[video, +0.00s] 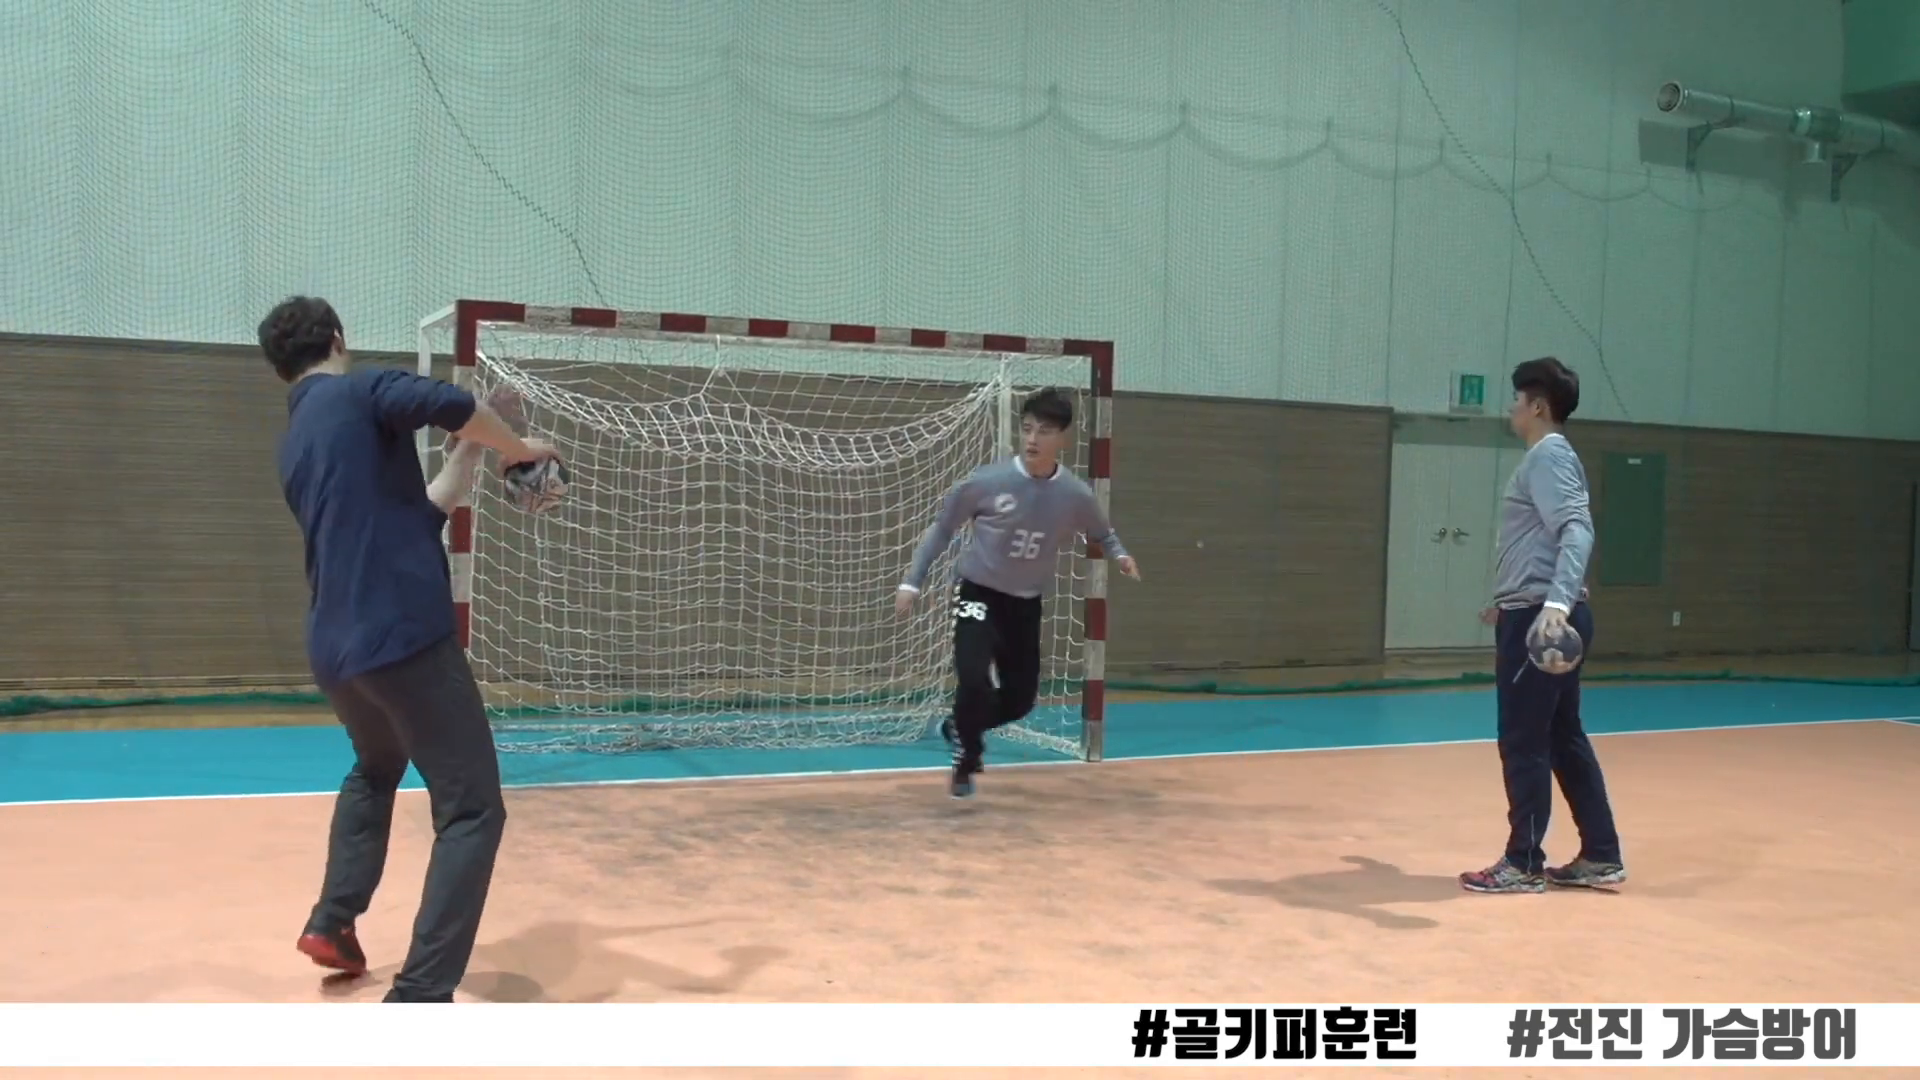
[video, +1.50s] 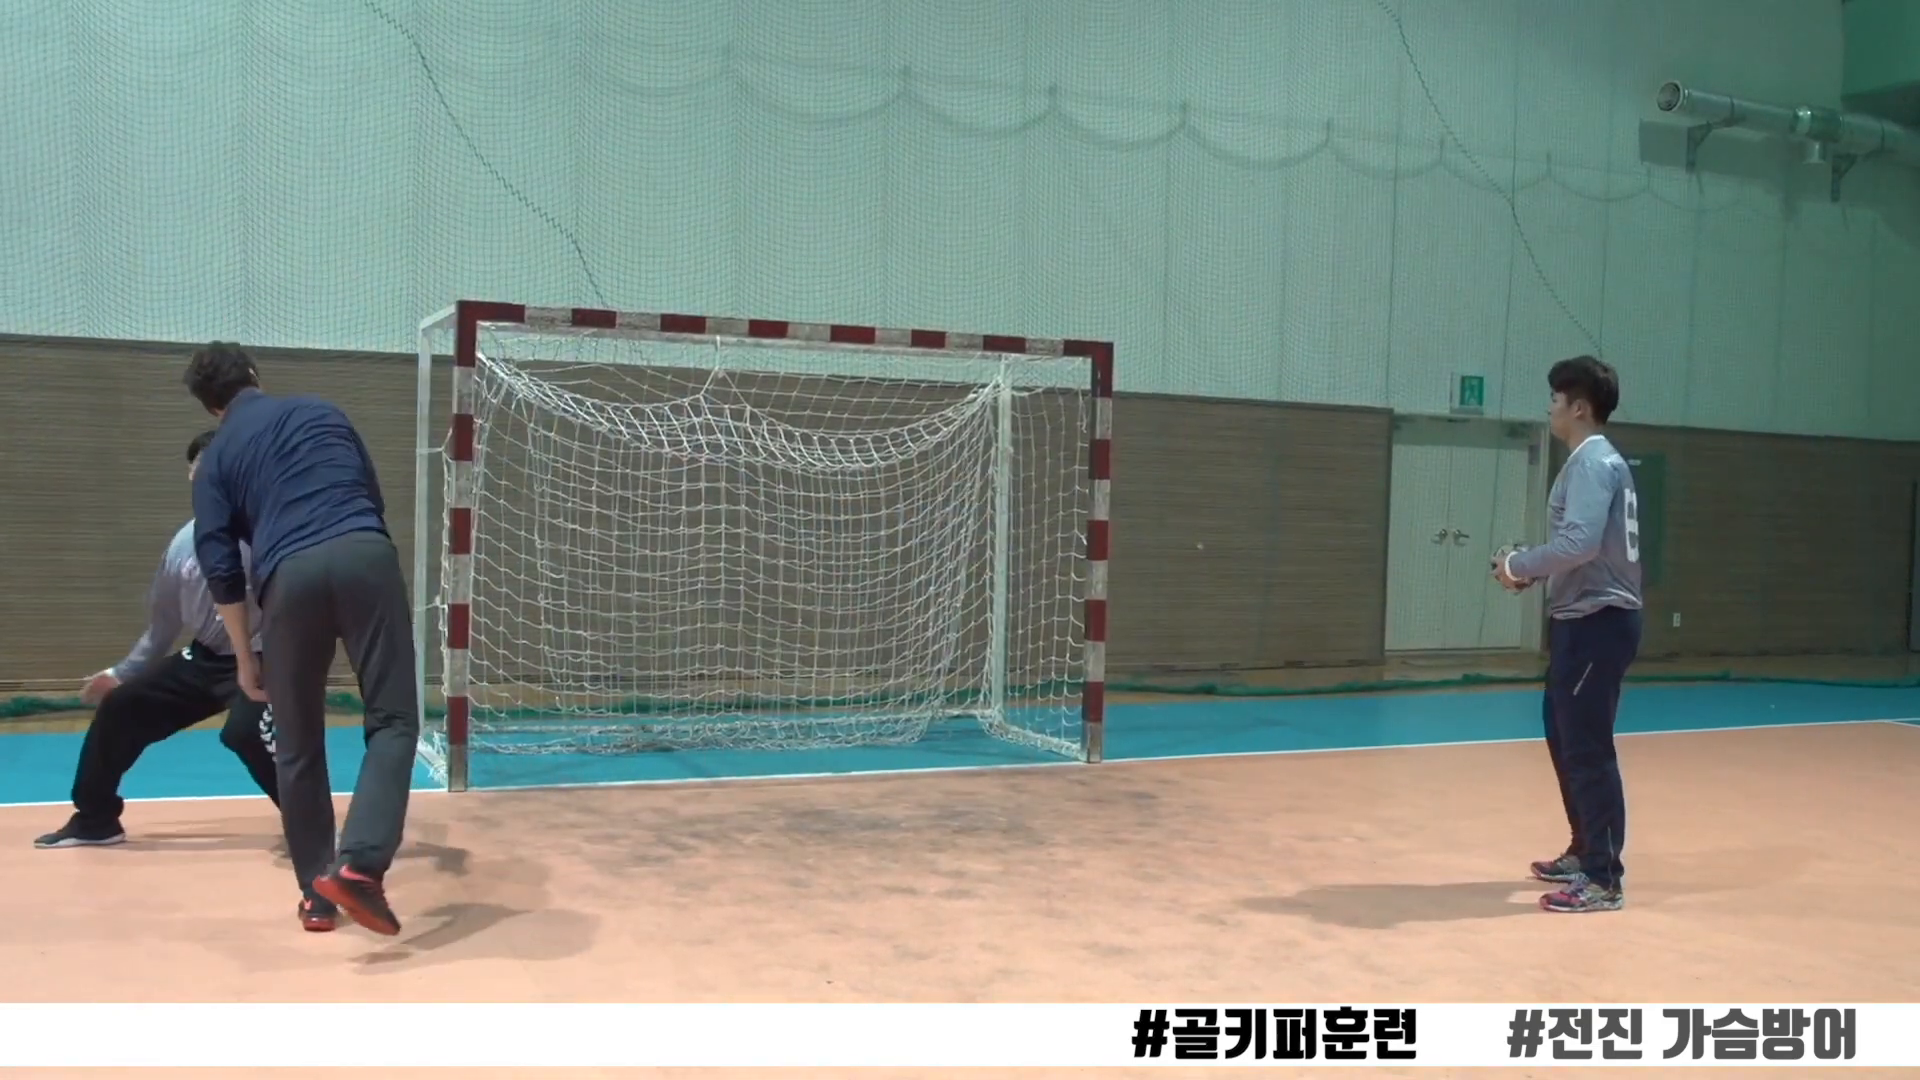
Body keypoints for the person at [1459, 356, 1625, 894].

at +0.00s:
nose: (1512, 407)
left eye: (1519, 399)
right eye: (1516, 398)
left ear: (1538, 403)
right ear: (1548, 405)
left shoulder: (1550, 453)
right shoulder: (1543, 455)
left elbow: (1577, 531)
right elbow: (1541, 544)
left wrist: (1557, 605)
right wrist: (1507, 602)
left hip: (1535, 616)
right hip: (1545, 615)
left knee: (1521, 741)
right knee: (1564, 738)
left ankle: (1523, 861)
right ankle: (1602, 857)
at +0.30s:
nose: (1547, 411)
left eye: (1553, 403)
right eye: (1551, 402)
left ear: (1575, 408)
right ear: (1587, 412)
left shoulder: (1580, 461)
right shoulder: (1605, 464)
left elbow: (1584, 542)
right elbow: (1587, 561)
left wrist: (1549, 620)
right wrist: (1524, 600)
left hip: (1586, 621)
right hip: (1614, 621)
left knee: (1528, 730)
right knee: (1599, 741)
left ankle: (1525, 861)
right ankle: (1607, 864)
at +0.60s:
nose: (1565, 410)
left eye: (1573, 400)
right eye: (1568, 400)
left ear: (1597, 407)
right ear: (1606, 410)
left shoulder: (1597, 461)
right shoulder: (1626, 464)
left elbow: (1576, 540)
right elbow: (1611, 552)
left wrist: (1504, 581)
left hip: (1594, 622)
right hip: (1623, 621)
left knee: (1554, 735)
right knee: (1605, 741)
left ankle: (1589, 868)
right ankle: (1609, 867)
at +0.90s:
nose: (1565, 404)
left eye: (1573, 395)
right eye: (1569, 394)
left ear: (1596, 403)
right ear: (1601, 405)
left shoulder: (1601, 458)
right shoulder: (1616, 460)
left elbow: (1600, 544)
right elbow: (1626, 556)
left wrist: (1542, 600)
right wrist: (1634, 632)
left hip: (1599, 620)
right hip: (1610, 620)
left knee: (1583, 745)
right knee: (1601, 744)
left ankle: (1602, 876)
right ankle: (1604, 863)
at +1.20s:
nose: (1556, 403)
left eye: (1563, 394)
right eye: (1559, 394)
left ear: (1588, 402)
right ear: (1590, 403)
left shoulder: (1602, 456)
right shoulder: (1589, 457)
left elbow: (1609, 542)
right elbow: (1590, 548)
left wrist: (1544, 592)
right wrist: (1541, 596)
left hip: (1603, 621)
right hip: (1583, 621)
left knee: (1592, 746)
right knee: (1584, 746)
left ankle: (1606, 878)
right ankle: (1596, 862)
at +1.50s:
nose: (1550, 408)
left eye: (1557, 399)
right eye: (1552, 398)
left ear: (1581, 405)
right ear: (1585, 407)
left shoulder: (1593, 460)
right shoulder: (1591, 459)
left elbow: (1581, 543)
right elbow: (1583, 545)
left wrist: (1520, 564)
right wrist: (1533, 569)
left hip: (1600, 620)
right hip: (1583, 619)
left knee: (1584, 738)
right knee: (1562, 731)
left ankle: (1603, 878)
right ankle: (1586, 852)